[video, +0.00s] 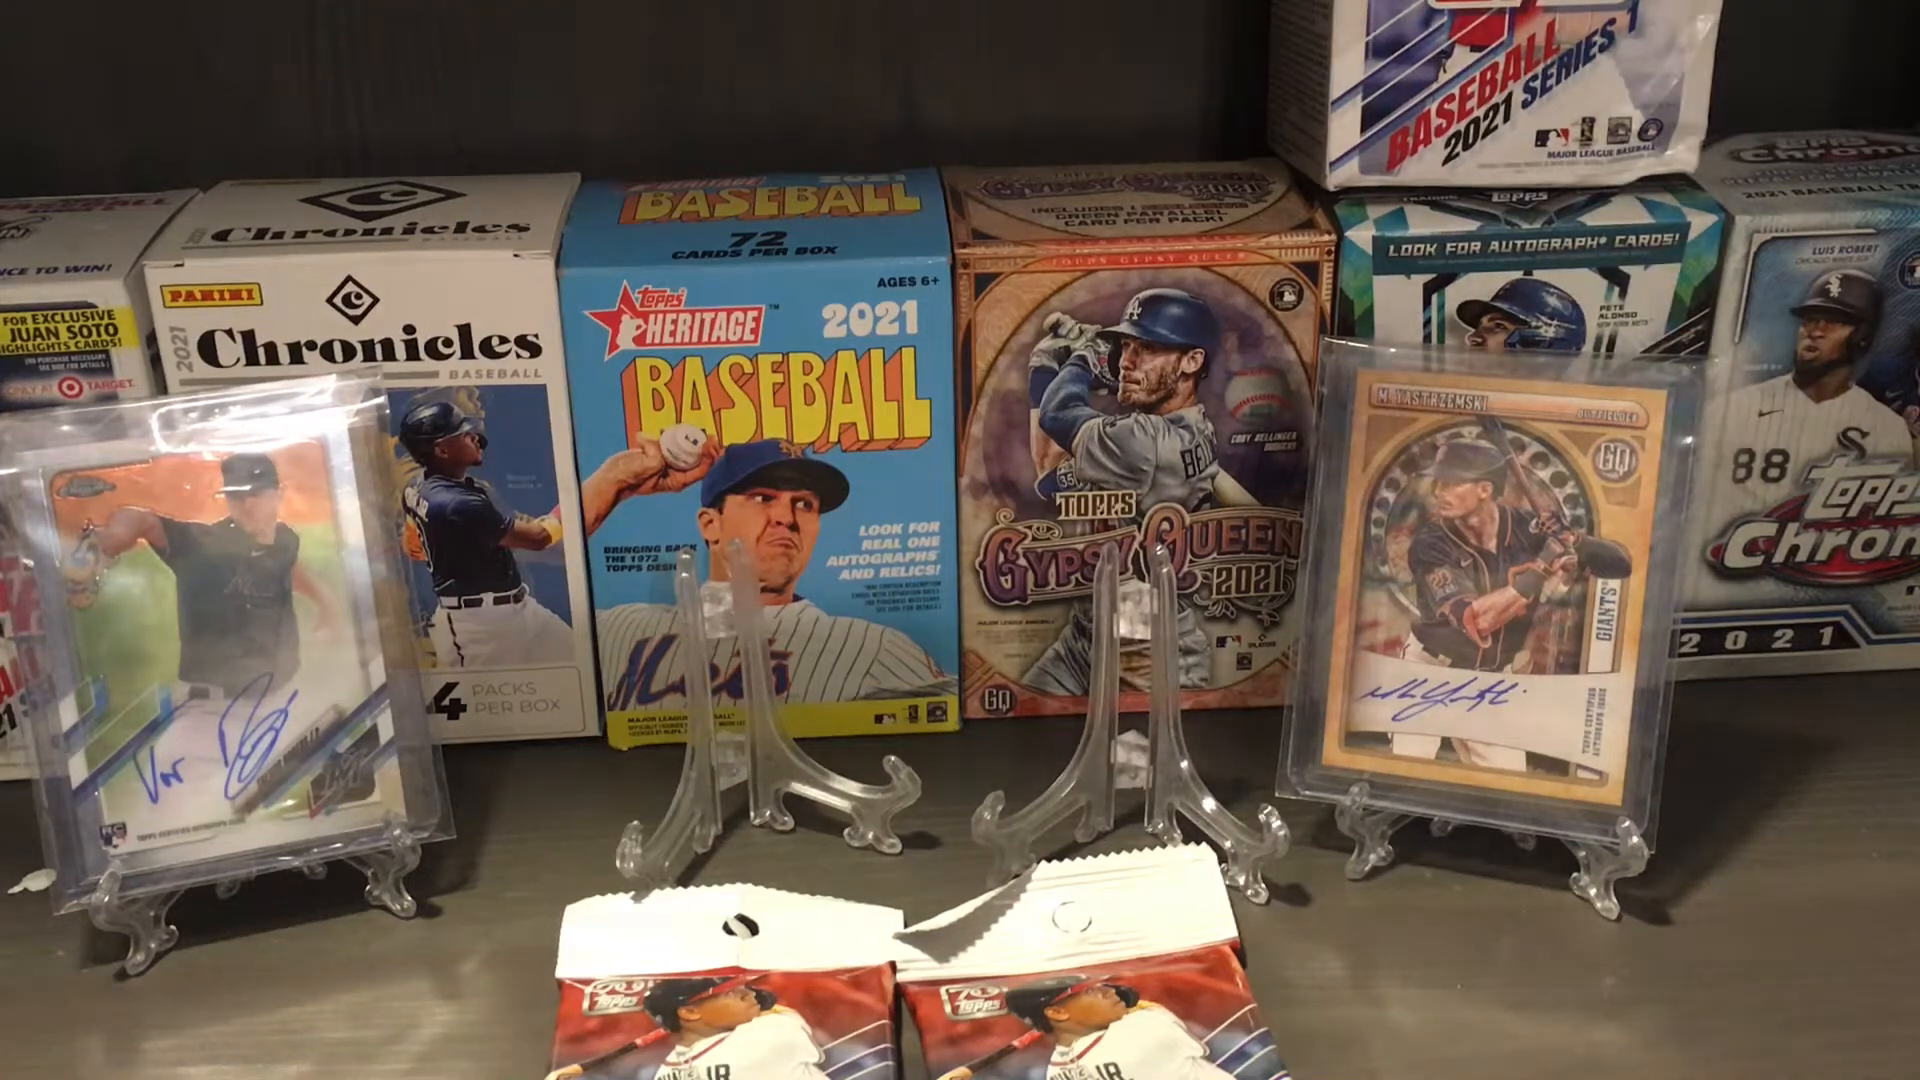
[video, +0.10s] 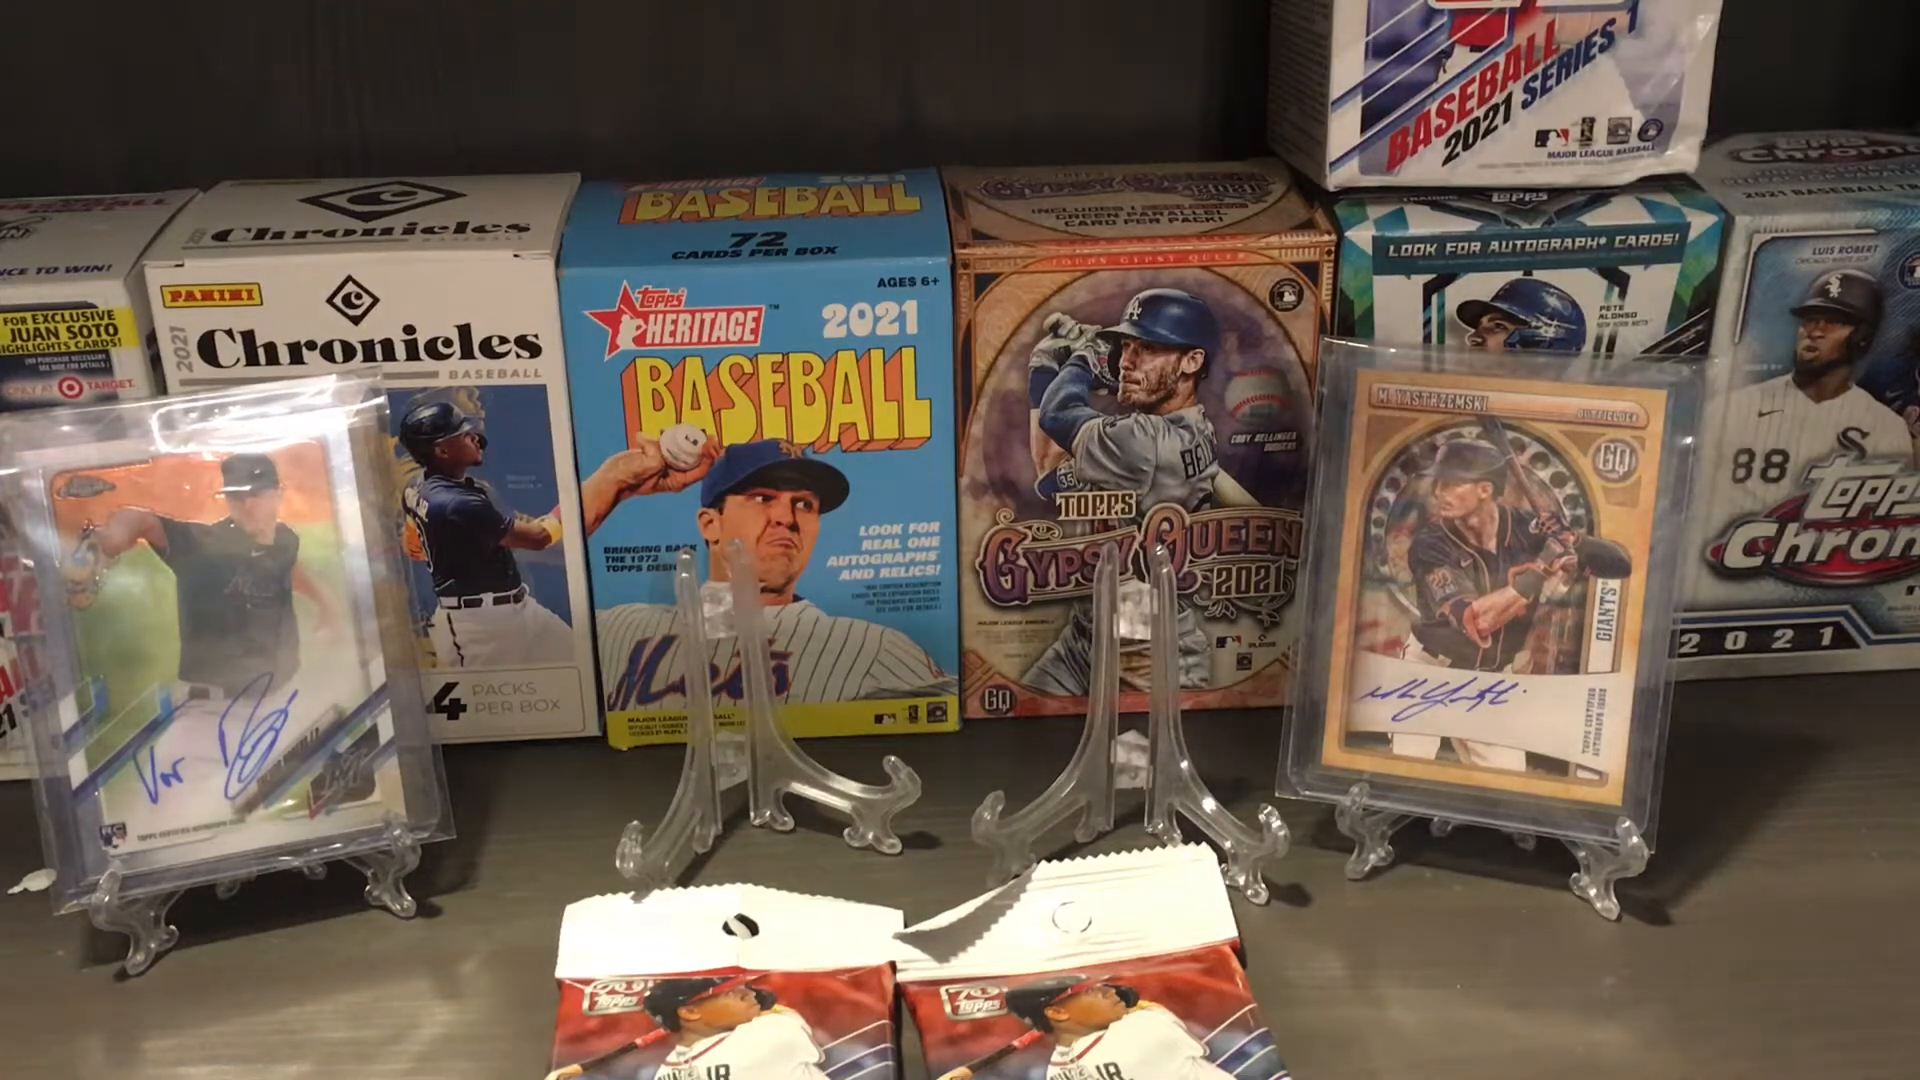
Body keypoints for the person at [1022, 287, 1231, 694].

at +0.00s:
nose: (1126, 361)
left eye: (1145, 349)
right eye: (1126, 347)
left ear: (1191, 362)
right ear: (1118, 350)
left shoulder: (1143, 441)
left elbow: (1060, 410)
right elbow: (1049, 475)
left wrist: (1083, 361)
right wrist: (1042, 365)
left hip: (1160, 650)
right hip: (1087, 641)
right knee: (1014, 733)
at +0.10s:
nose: (1127, 361)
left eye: (1145, 350)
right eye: (1126, 347)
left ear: (1191, 363)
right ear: (1119, 349)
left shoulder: (1143, 441)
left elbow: (1061, 411)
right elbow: (1050, 471)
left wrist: (1082, 362)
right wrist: (1042, 366)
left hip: (1158, 648)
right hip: (1088, 640)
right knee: (1014, 733)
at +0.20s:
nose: (1127, 361)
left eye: (1145, 349)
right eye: (1126, 347)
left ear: (1191, 362)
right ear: (1118, 349)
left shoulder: (1144, 441)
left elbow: (1061, 410)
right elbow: (1049, 473)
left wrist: (1083, 360)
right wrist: (1043, 365)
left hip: (1159, 649)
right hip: (1087, 641)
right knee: (1014, 732)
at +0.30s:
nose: (1126, 362)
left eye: (1145, 349)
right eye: (1126, 347)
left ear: (1191, 363)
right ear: (1118, 350)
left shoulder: (1143, 441)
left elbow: (1060, 411)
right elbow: (1049, 473)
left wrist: (1083, 361)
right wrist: (1043, 365)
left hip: (1159, 650)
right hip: (1087, 642)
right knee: (1014, 733)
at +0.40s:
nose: (1128, 361)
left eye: (1148, 350)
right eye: (1127, 347)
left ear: (1191, 362)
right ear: (1121, 349)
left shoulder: (1140, 440)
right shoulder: (1190, 430)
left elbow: (1060, 410)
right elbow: (1048, 476)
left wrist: (1086, 359)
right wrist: (1043, 371)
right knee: (1009, 735)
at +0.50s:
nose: (1127, 362)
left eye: (1147, 350)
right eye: (1127, 348)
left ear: (1190, 363)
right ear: (1120, 349)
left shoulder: (1140, 440)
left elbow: (1059, 412)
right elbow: (1049, 476)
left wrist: (1085, 359)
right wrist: (1042, 369)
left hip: (1161, 651)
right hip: (1089, 642)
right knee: (1006, 735)